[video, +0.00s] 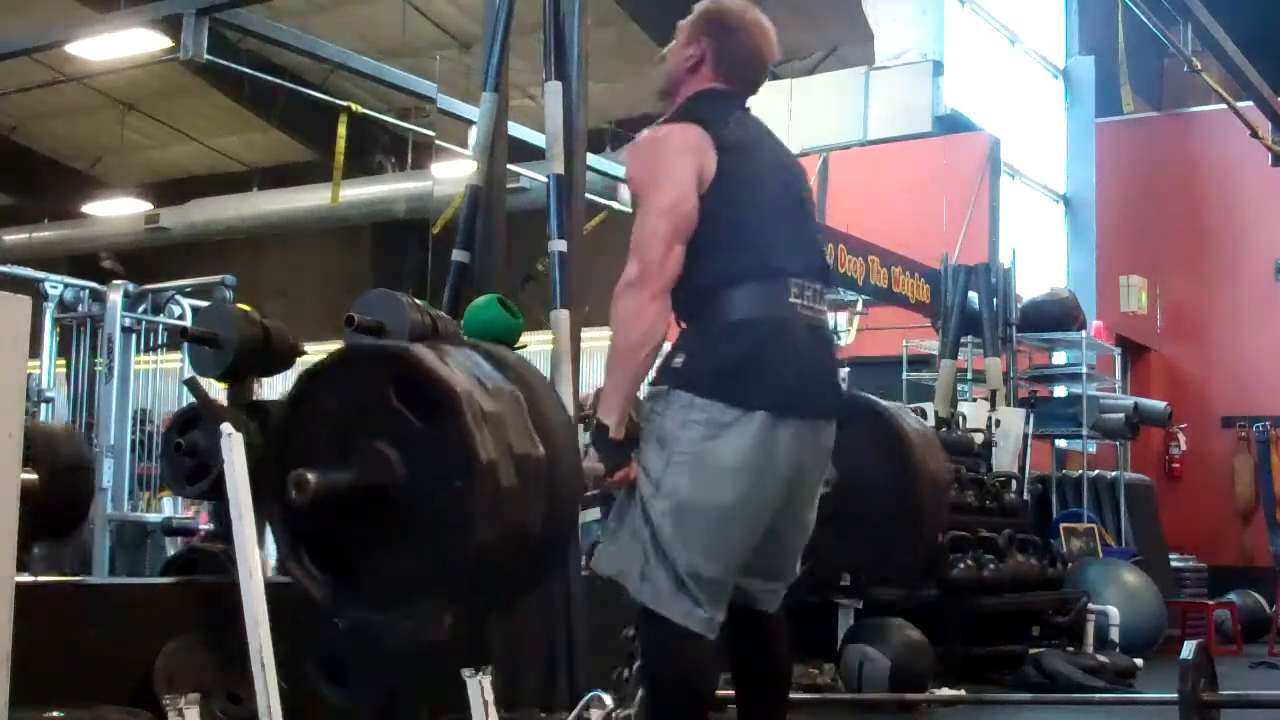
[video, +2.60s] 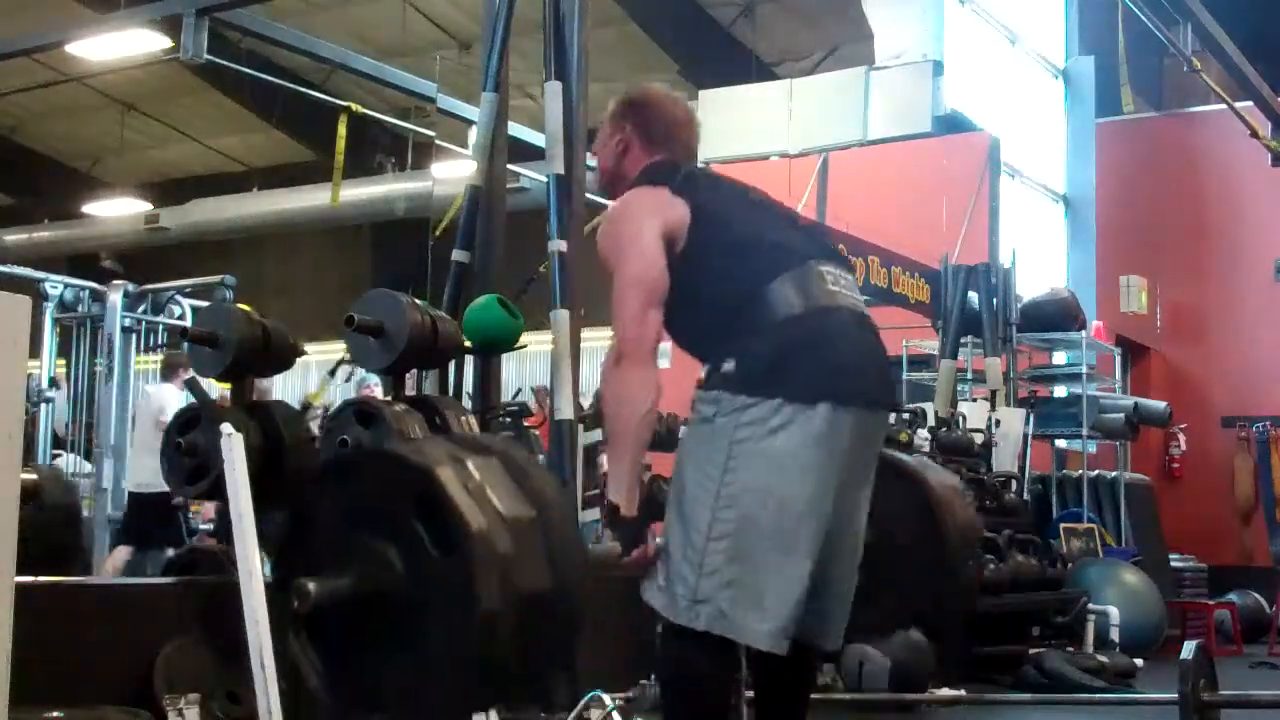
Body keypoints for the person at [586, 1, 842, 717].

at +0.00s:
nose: (662, 54)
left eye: (674, 41)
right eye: (671, 40)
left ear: (697, 53)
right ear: (741, 71)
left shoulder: (675, 138)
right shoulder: (774, 154)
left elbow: (649, 277)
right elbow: (758, 292)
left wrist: (614, 411)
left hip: (731, 376)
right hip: (813, 383)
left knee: (676, 602)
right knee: (758, 600)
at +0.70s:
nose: (742, 54)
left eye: (748, 34)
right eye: (744, 37)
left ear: (782, 30)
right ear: (834, 42)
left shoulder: (767, 124)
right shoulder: (863, 149)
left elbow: (700, 269)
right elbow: (819, 302)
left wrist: (630, 397)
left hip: (724, 382)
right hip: (801, 390)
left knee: (679, 601)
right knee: (760, 601)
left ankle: (681, 719)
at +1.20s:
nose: (644, 80)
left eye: (650, 64)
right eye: (648, 64)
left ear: (674, 68)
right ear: (731, 78)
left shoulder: (679, 141)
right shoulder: (771, 154)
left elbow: (651, 286)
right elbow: (782, 288)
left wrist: (617, 435)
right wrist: (705, 339)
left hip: (751, 376)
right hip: (822, 377)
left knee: (670, 609)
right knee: (767, 617)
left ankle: (675, 718)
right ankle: (763, 719)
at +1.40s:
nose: (597, 147)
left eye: (603, 132)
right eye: (600, 133)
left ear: (628, 135)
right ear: (677, 145)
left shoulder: (633, 205)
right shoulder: (716, 201)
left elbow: (623, 350)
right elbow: (755, 326)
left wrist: (605, 506)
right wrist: (668, 400)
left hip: (770, 379)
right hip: (854, 383)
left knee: (668, 610)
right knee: (773, 620)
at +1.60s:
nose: (570, 231)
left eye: (576, 216)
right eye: (573, 217)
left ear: (602, 220)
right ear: (652, 224)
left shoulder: (613, 284)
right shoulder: (695, 265)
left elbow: (611, 434)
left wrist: (593, 587)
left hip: (783, 404)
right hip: (869, 400)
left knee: (669, 618)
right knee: (771, 627)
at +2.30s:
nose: (554, 267)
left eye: (556, 250)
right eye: (554, 252)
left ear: (582, 245)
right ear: (635, 241)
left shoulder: (609, 295)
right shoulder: (688, 271)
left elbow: (617, 450)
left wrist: (614, 601)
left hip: (792, 384)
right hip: (876, 384)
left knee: (685, 617)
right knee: (777, 618)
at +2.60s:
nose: (596, 155)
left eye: (601, 140)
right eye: (597, 142)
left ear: (626, 139)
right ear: (674, 146)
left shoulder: (639, 207)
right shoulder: (725, 197)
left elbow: (635, 354)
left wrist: (624, 509)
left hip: (776, 371)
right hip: (862, 374)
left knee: (700, 614)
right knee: (795, 624)